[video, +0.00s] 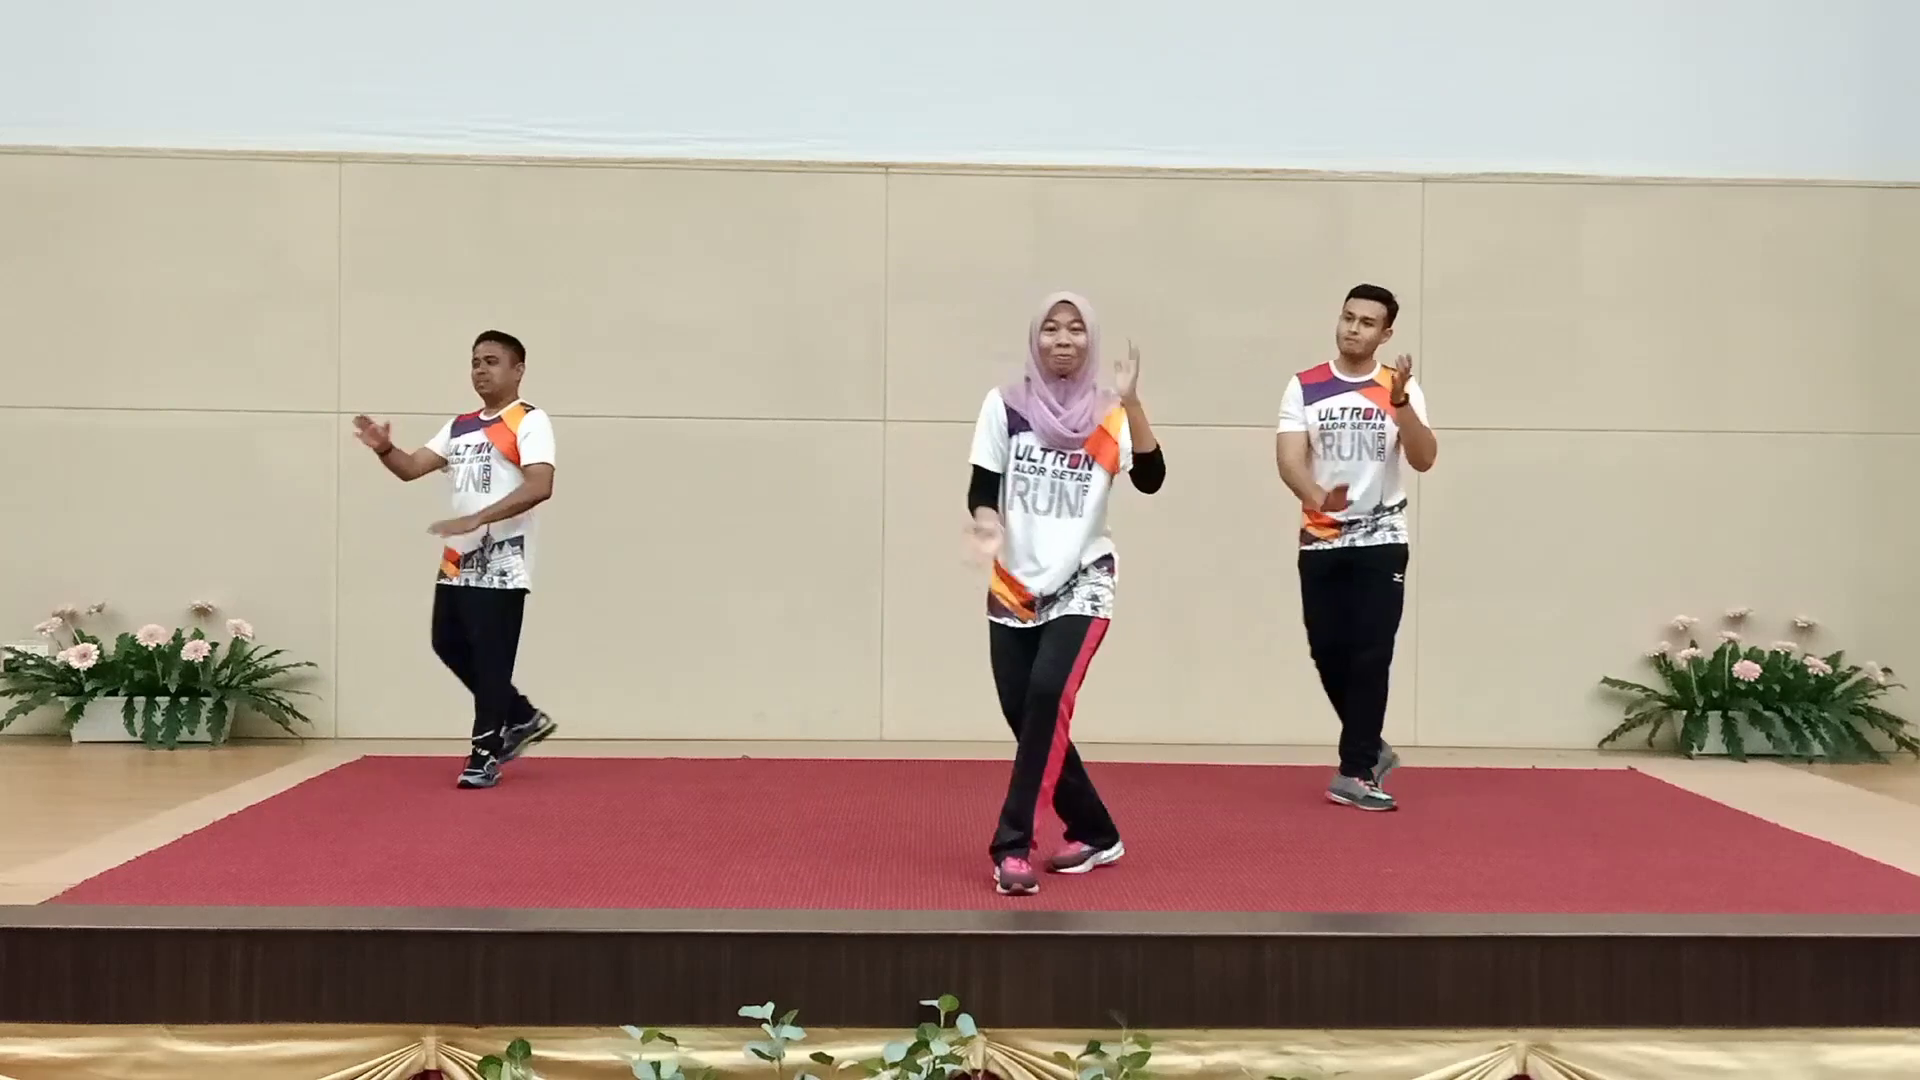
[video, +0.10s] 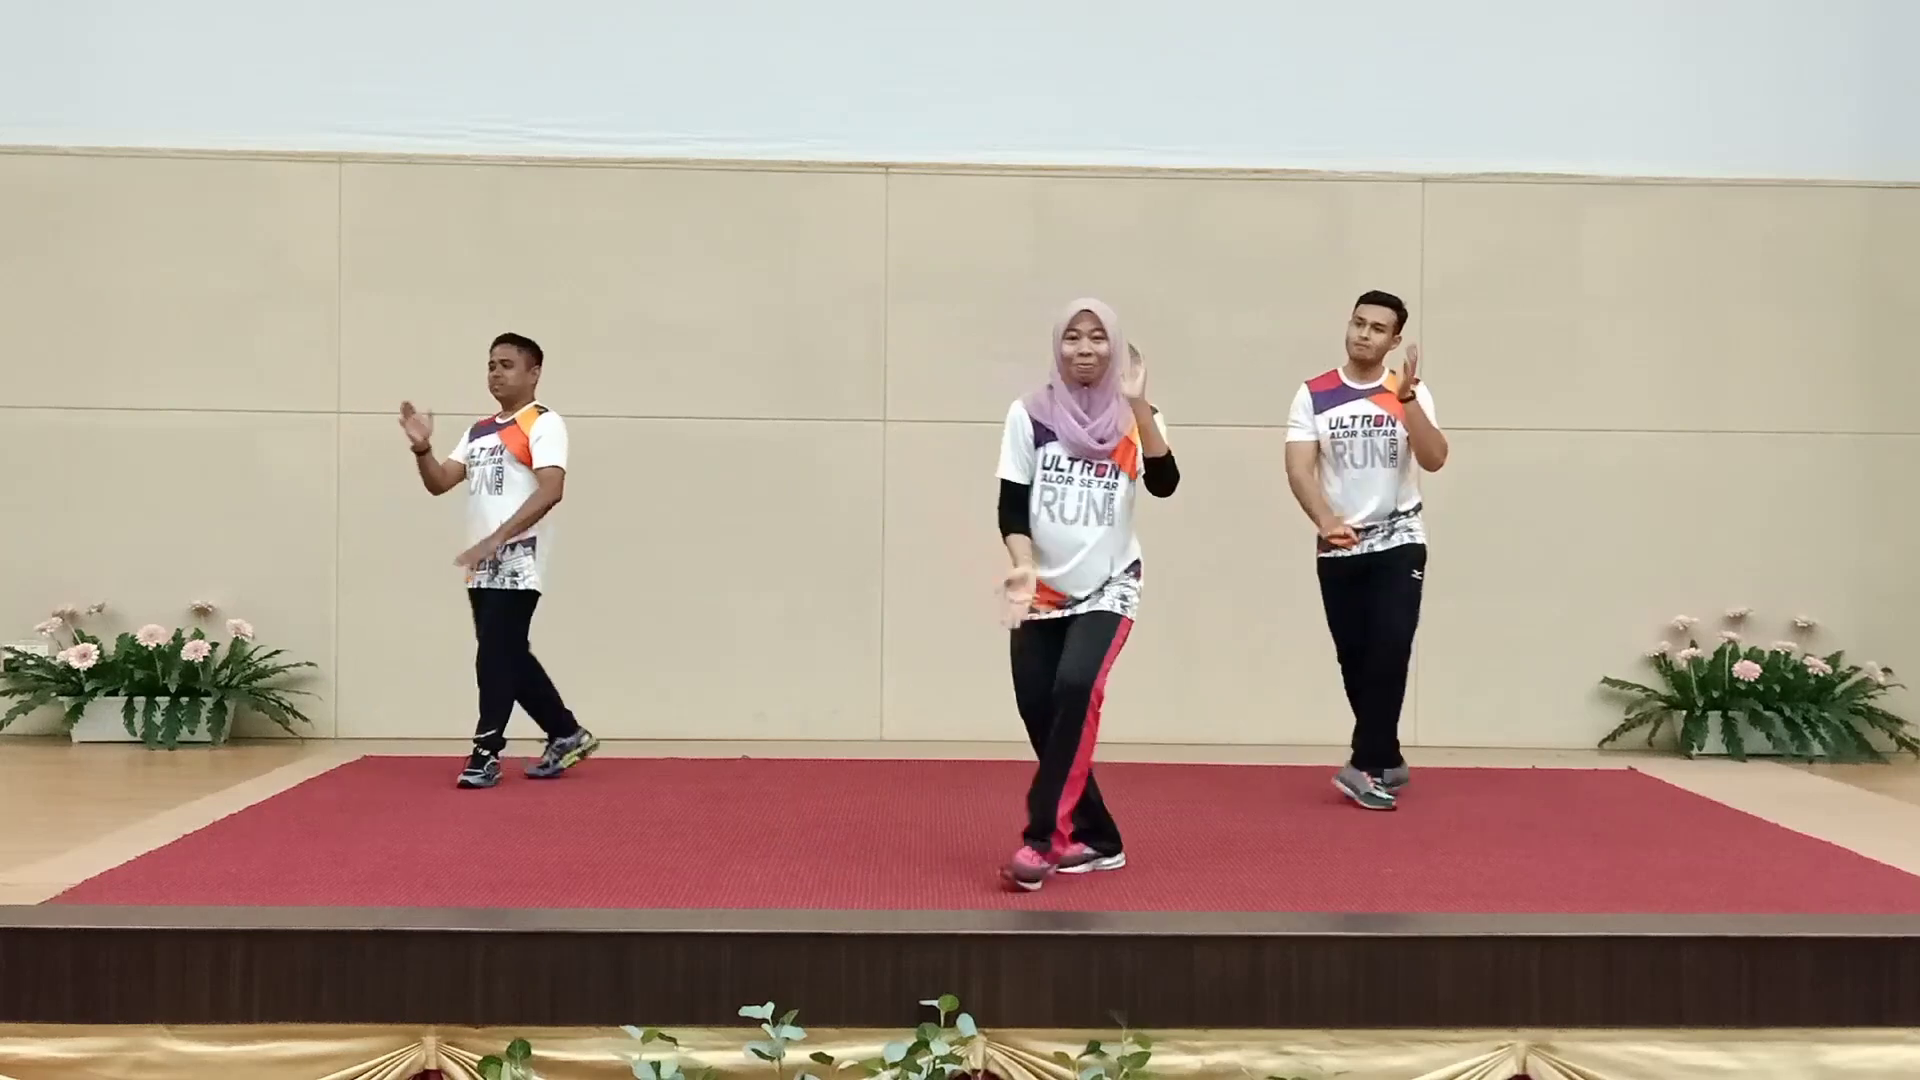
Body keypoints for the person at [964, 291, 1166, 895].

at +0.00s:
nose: (1063, 337)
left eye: (1075, 328)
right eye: (1051, 327)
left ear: (1090, 343)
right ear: (1034, 340)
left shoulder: (1109, 413)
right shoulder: (1006, 406)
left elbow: (1150, 479)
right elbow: (982, 491)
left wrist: (1133, 403)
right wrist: (988, 523)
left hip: (1082, 582)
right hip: (1013, 584)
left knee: (1046, 698)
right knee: (1026, 716)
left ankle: (1012, 848)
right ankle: (1097, 835)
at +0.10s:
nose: (1084, 346)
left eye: (1097, 337)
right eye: (1073, 336)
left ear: (1114, 349)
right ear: (1057, 347)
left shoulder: (1133, 416)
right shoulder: (1030, 413)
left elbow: (1165, 483)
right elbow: (1013, 501)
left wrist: (1142, 409)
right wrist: (1025, 564)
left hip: (1109, 586)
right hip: (1043, 590)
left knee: (1074, 687)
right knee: (1036, 706)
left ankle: (1039, 840)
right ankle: (1100, 838)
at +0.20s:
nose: (1107, 341)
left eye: (1119, 331)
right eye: (1096, 331)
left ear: (1137, 343)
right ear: (1080, 341)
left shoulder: (1162, 408)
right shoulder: (1053, 404)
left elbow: (1190, 477)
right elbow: (1030, 486)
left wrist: (1159, 409)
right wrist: (1033, 550)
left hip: (1131, 577)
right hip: (1061, 579)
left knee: (1109, 677)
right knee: (1052, 695)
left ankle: (1103, 836)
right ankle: (1086, 829)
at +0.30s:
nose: (1132, 328)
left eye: (1145, 319)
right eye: (1122, 319)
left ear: (1163, 330)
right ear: (1105, 329)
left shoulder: (1185, 395)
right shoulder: (1077, 387)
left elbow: (1219, 465)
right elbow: (1040, 461)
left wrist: (1184, 403)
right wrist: (1031, 506)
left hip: (1153, 567)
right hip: (1083, 569)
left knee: (1148, 678)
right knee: (1076, 695)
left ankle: (1181, 831)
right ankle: (1097, 838)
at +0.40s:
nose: (1160, 323)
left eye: (1172, 314)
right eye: (1150, 314)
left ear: (1192, 326)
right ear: (1133, 325)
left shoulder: (1214, 389)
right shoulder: (1105, 380)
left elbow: (1249, 457)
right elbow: (1057, 438)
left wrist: (1213, 404)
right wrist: (1039, 455)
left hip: (1178, 569)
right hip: (1106, 569)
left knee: (1191, 687)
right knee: (1093, 697)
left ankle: (1260, 825)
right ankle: (1098, 837)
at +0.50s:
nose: (1189, 327)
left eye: (1202, 318)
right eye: (1179, 317)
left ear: (1223, 331)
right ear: (1164, 329)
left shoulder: (1246, 398)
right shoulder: (1138, 385)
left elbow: (1282, 461)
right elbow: (1073, 441)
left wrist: (1245, 427)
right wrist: (1067, 421)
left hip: (1208, 580)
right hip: (1134, 575)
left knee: (1236, 702)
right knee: (1107, 696)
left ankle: (1307, 835)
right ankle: (1098, 836)